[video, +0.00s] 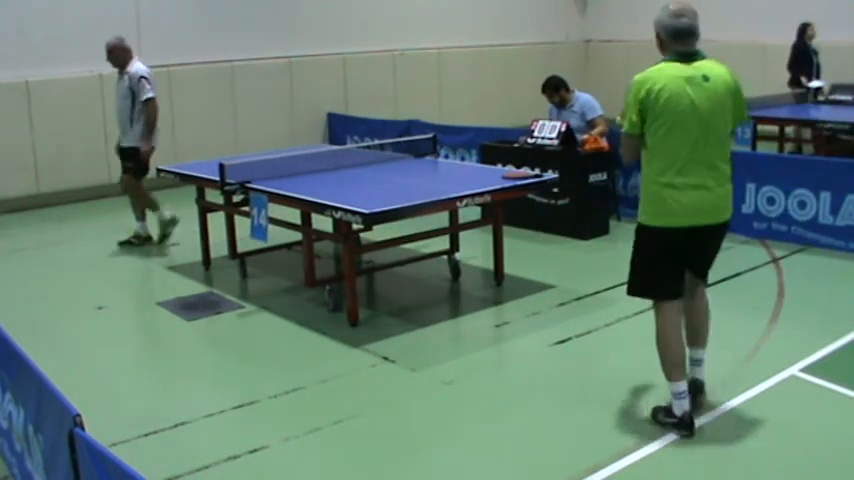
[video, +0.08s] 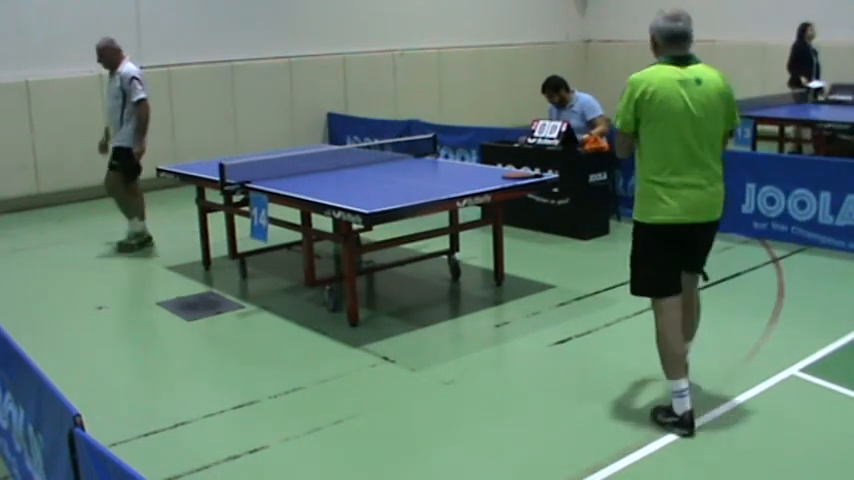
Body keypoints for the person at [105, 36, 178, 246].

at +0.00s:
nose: (109, 60)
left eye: (111, 55)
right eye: (108, 56)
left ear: (124, 52)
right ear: (116, 54)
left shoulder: (138, 73)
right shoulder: (123, 75)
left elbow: (151, 105)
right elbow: (127, 110)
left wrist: (147, 141)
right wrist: (121, 139)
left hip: (138, 143)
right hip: (126, 142)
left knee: (130, 183)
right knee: (132, 186)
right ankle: (142, 229)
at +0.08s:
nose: (101, 64)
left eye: (102, 59)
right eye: (99, 60)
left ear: (114, 54)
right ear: (111, 55)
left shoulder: (129, 74)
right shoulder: (115, 75)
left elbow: (143, 106)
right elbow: (114, 111)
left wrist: (140, 141)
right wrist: (106, 137)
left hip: (128, 142)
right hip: (119, 142)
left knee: (113, 184)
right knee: (130, 186)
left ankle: (136, 229)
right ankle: (140, 231)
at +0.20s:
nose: (86, 68)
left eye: (87, 63)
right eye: (84, 64)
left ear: (98, 57)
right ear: (97, 58)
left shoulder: (114, 78)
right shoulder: (100, 78)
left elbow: (129, 111)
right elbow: (99, 113)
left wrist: (127, 146)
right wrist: (86, 136)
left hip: (114, 147)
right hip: (109, 146)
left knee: (98, 189)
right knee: (126, 189)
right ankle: (141, 232)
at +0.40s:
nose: (57, 74)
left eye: (57, 69)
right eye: (55, 70)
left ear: (68, 64)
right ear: (71, 62)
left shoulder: (84, 82)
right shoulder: (75, 81)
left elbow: (98, 117)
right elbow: (78, 116)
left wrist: (99, 155)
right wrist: (69, 141)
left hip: (83, 152)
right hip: (82, 151)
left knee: (73, 196)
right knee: (101, 191)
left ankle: (72, 245)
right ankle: (133, 225)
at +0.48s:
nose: (45, 74)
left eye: (45, 69)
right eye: (43, 69)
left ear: (55, 63)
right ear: (59, 60)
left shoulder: (72, 82)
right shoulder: (68, 79)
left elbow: (85, 117)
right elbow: (78, 117)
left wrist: (83, 154)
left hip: (73, 152)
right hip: (72, 151)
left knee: (67, 195)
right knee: (83, 193)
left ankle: (71, 245)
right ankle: (117, 219)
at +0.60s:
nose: (30, 73)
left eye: (30, 67)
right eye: (28, 68)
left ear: (40, 61)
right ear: (41, 60)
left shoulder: (56, 80)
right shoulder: (54, 77)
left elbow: (65, 116)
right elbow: (63, 115)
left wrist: (57, 151)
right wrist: (54, 146)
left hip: (64, 151)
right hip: (58, 149)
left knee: (62, 194)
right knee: (50, 190)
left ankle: (71, 244)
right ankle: (86, 223)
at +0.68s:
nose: (21, 74)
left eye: (21, 69)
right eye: (19, 69)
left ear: (30, 62)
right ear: (35, 58)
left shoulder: (47, 80)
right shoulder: (46, 77)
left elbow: (56, 115)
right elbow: (52, 116)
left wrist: (39, 150)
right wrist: (40, 148)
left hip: (57, 151)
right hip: (51, 151)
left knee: (59, 195)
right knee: (38, 192)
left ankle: (70, 244)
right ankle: (61, 236)